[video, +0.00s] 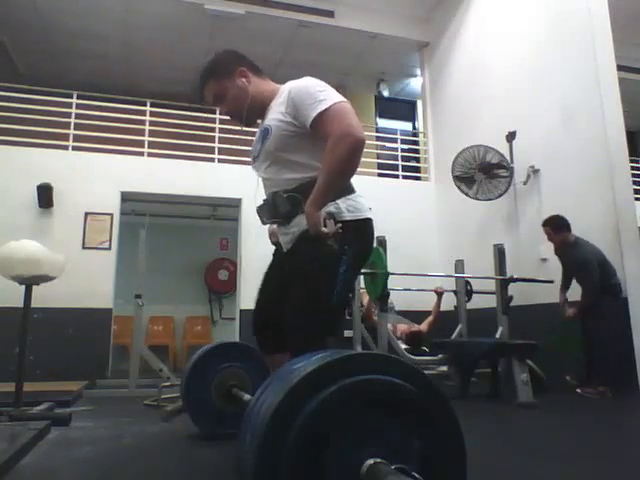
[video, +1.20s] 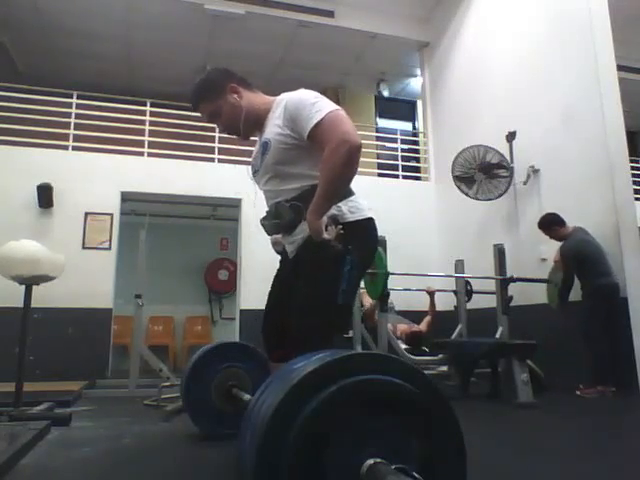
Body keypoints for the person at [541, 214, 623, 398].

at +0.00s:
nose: (548, 239)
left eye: (550, 234)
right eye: (547, 235)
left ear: (561, 232)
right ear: (561, 232)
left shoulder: (583, 253)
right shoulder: (561, 249)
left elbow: (592, 288)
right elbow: (567, 270)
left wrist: (580, 309)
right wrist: (563, 293)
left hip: (609, 296)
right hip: (592, 295)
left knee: (604, 340)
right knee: (591, 338)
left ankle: (603, 384)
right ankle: (591, 380)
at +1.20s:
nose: (551, 238)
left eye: (550, 235)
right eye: (549, 235)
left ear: (555, 229)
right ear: (561, 224)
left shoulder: (567, 248)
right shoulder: (580, 233)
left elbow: (568, 280)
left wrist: (561, 302)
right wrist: (562, 260)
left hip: (596, 294)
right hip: (611, 289)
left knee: (592, 337)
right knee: (605, 337)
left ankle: (596, 384)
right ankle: (608, 382)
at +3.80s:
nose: (568, 214)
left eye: (572, 210)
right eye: (565, 211)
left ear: (582, 211)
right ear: (562, 215)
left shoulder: (596, 233)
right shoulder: (563, 240)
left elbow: (616, 257)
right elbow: (559, 266)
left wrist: (600, 277)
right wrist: (559, 274)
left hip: (598, 292)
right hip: (578, 293)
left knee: (598, 336)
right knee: (586, 336)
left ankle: (606, 383)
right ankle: (595, 381)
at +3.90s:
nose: (570, 213)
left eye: (573, 209)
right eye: (566, 210)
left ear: (583, 211)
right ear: (563, 215)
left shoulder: (598, 232)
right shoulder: (562, 241)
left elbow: (620, 255)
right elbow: (559, 265)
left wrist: (604, 276)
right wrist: (561, 277)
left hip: (598, 291)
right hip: (576, 293)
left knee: (596, 337)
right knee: (585, 337)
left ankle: (605, 385)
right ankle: (595, 382)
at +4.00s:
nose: (572, 211)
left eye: (575, 207)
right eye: (568, 209)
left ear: (585, 209)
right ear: (565, 213)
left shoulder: (601, 232)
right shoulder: (562, 239)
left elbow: (623, 255)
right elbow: (558, 264)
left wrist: (606, 275)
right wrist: (560, 279)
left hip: (599, 292)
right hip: (575, 294)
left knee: (598, 337)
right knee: (579, 337)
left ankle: (603, 386)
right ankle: (592, 381)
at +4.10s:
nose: (573, 209)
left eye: (576, 205)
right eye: (569, 206)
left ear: (585, 206)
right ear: (566, 211)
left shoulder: (602, 229)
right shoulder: (562, 237)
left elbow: (625, 252)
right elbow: (557, 262)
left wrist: (611, 273)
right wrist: (557, 280)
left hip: (599, 290)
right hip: (575, 292)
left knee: (595, 335)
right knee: (573, 334)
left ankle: (603, 385)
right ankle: (590, 380)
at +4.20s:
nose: (573, 208)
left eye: (576, 203)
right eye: (569, 205)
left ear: (586, 205)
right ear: (566, 209)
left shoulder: (603, 227)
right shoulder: (562, 235)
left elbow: (629, 248)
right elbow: (556, 259)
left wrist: (620, 273)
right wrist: (552, 276)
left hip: (601, 289)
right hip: (574, 290)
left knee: (599, 334)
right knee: (566, 331)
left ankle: (604, 385)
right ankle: (588, 377)